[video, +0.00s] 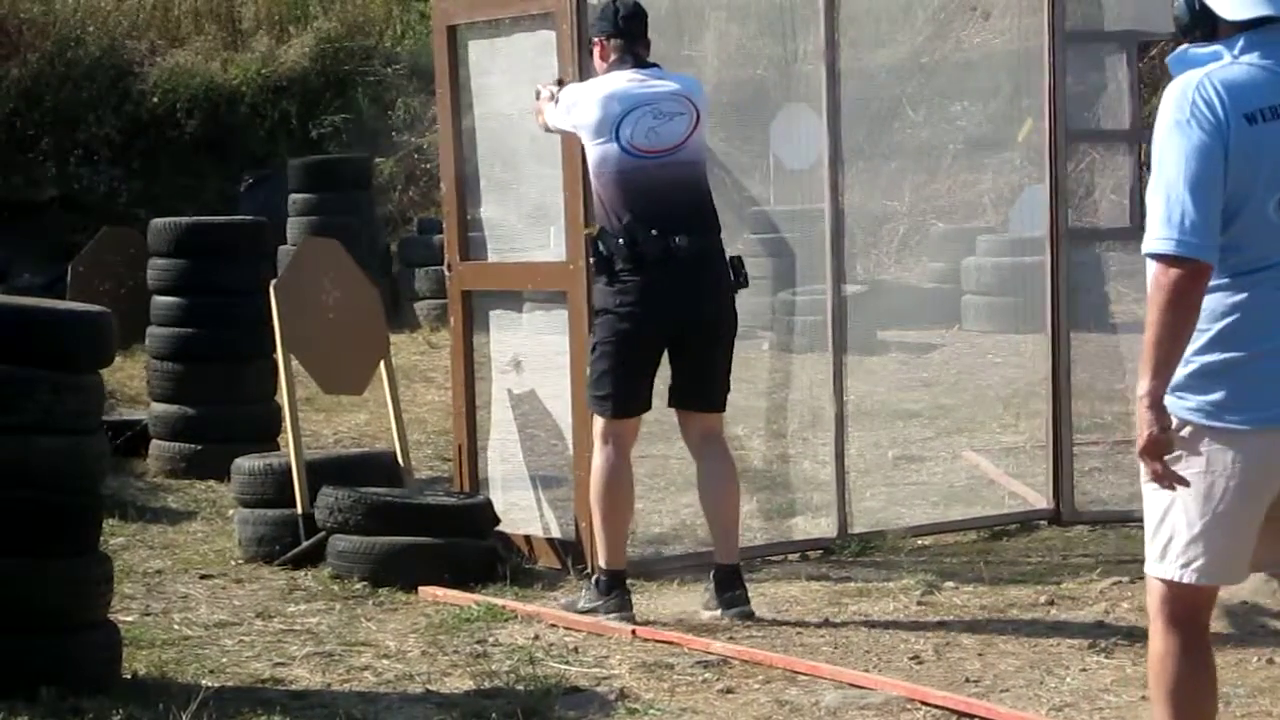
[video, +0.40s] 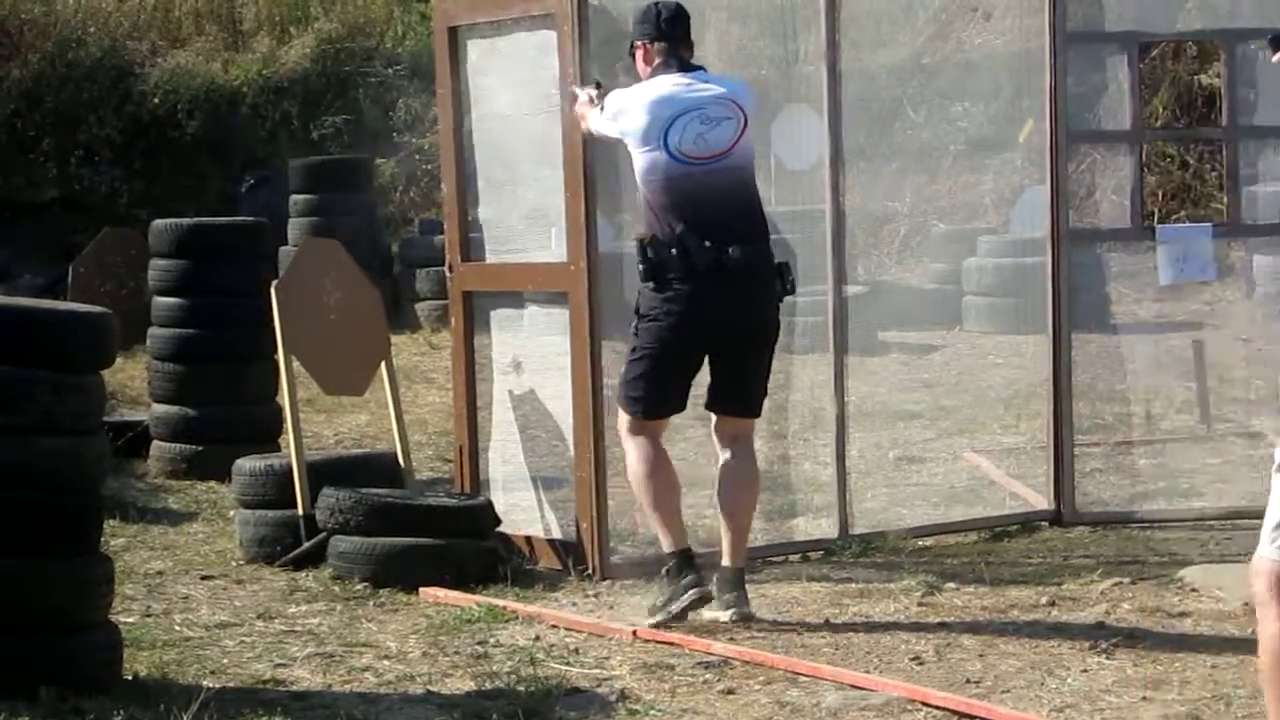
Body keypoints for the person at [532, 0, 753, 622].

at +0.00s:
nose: (590, 56)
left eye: (590, 48)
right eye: (593, 48)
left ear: (600, 49)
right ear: (647, 44)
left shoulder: (588, 98)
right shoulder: (690, 89)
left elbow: (551, 115)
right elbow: (641, 95)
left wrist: (553, 98)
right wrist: (576, 92)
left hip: (633, 286)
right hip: (707, 282)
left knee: (613, 437)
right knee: (707, 429)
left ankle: (609, 585)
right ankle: (730, 582)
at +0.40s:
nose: (635, 63)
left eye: (634, 56)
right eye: (636, 57)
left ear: (645, 54)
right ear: (692, 47)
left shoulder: (637, 102)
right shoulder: (739, 93)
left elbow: (595, 119)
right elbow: (692, 100)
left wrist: (586, 104)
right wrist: (656, 78)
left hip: (680, 292)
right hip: (754, 288)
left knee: (639, 427)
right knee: (737, 432)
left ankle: (681, 570)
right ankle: (733, 583)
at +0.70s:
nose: (658, 64)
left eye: (658, 55)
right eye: (659, 56)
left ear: (671, 52)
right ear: (718, 47)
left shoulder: (662, 102)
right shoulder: (760, 95)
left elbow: (613, 144)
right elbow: (687, 142)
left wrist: (597, 138)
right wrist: (618, 144)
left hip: (707, 295)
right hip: (777, 291)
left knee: (697, 447)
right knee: (751, 440)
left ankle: (727, 587)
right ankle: (737, 579)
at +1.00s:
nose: (709, 50)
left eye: (710, 40)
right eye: (712, 40)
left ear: (721, 38)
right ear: (765, 36)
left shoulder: (708, 89)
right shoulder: (815, 87)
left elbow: (652, 137)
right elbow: (753, 125)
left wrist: (640, 123)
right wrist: (687, 123)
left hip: (736, 286)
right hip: (814, 282)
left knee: (723, 444)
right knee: (804, 427)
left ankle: (739, 601)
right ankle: (826, 566)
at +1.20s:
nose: (855, 61)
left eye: (855, 52)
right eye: (852, 50)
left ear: (794, 41)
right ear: (830, 42)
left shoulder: (739, 101)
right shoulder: (863, 107)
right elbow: (858, 185)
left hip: (763, 296)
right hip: (845, 296)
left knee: (731, 441)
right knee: (889, 442)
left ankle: (743, 598)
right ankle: (888, 576)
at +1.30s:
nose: (881, 89)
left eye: (883, 77)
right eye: (877, 76)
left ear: (828, 67)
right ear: (843, 65)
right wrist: (886, 188)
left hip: (757, 326)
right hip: (841, 328)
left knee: (726, 452)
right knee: (925, 463)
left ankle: (720, 605)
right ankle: (890, 588)